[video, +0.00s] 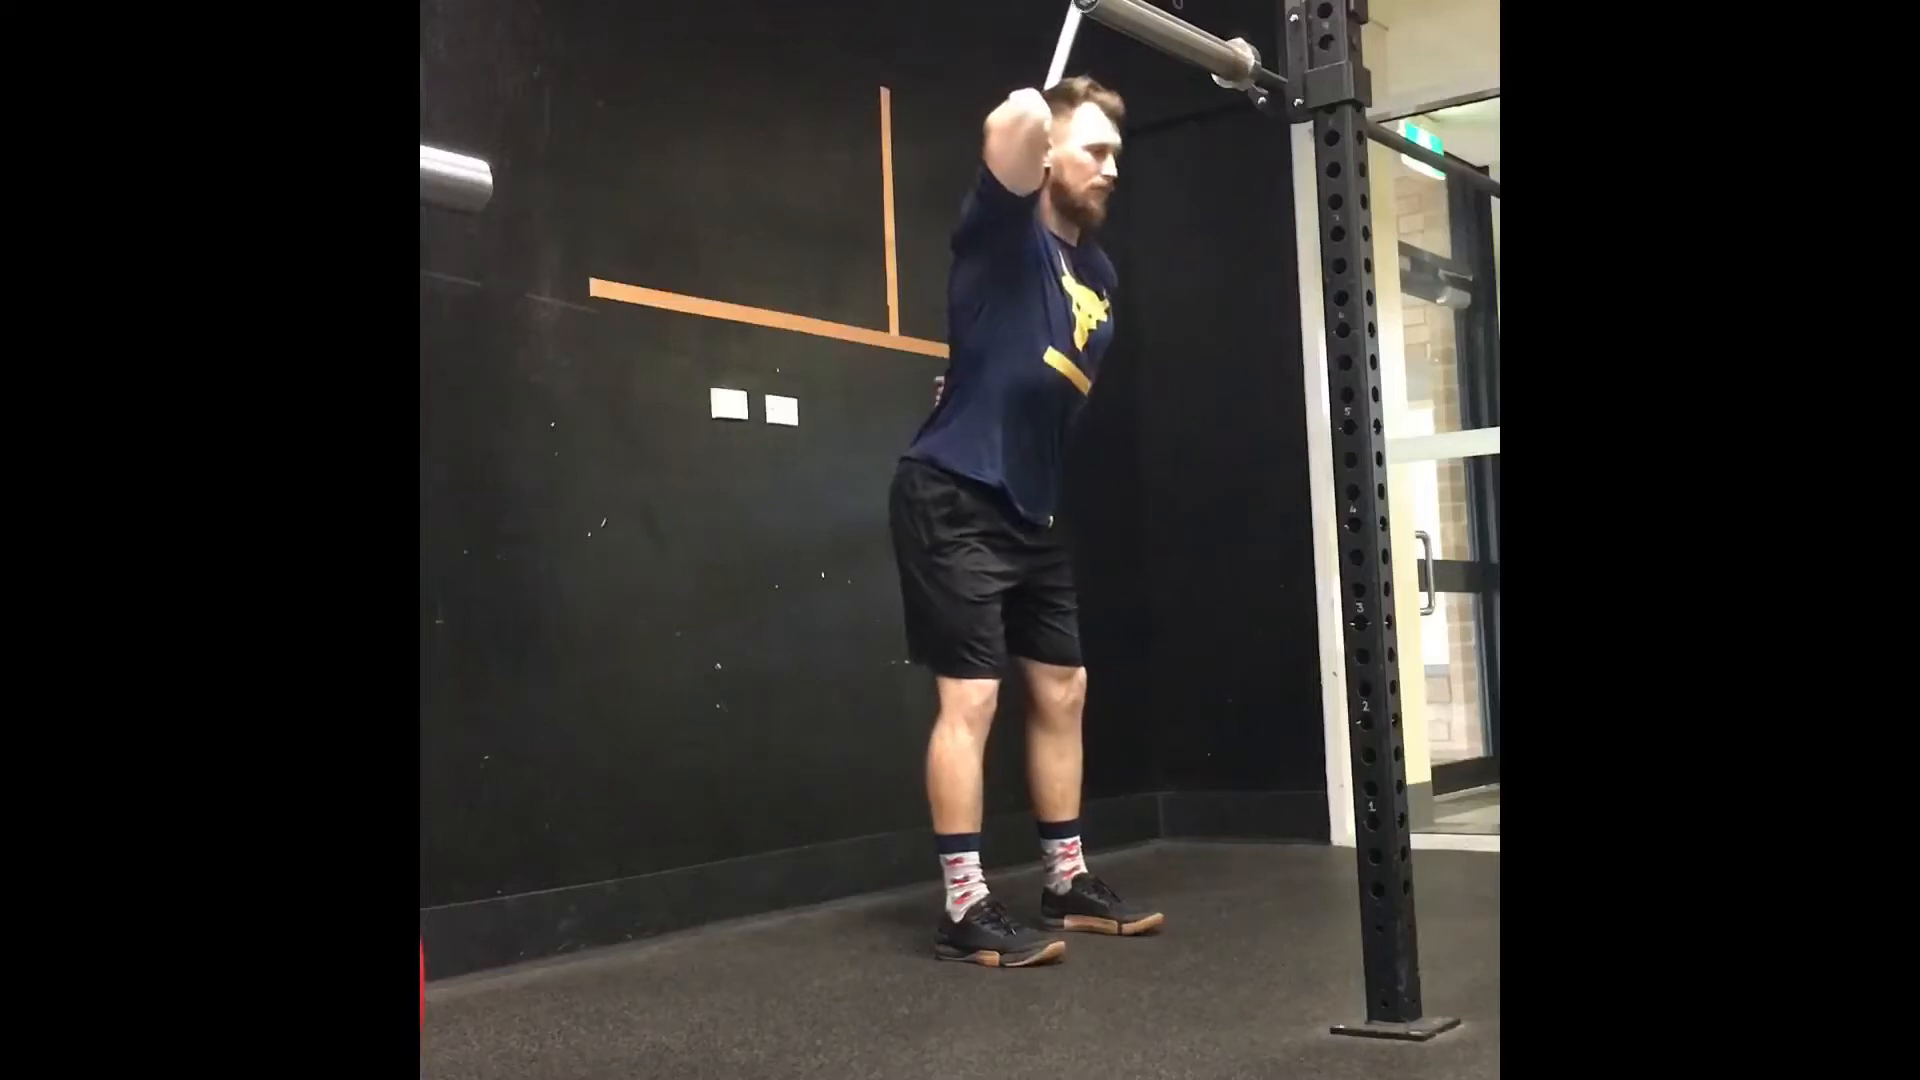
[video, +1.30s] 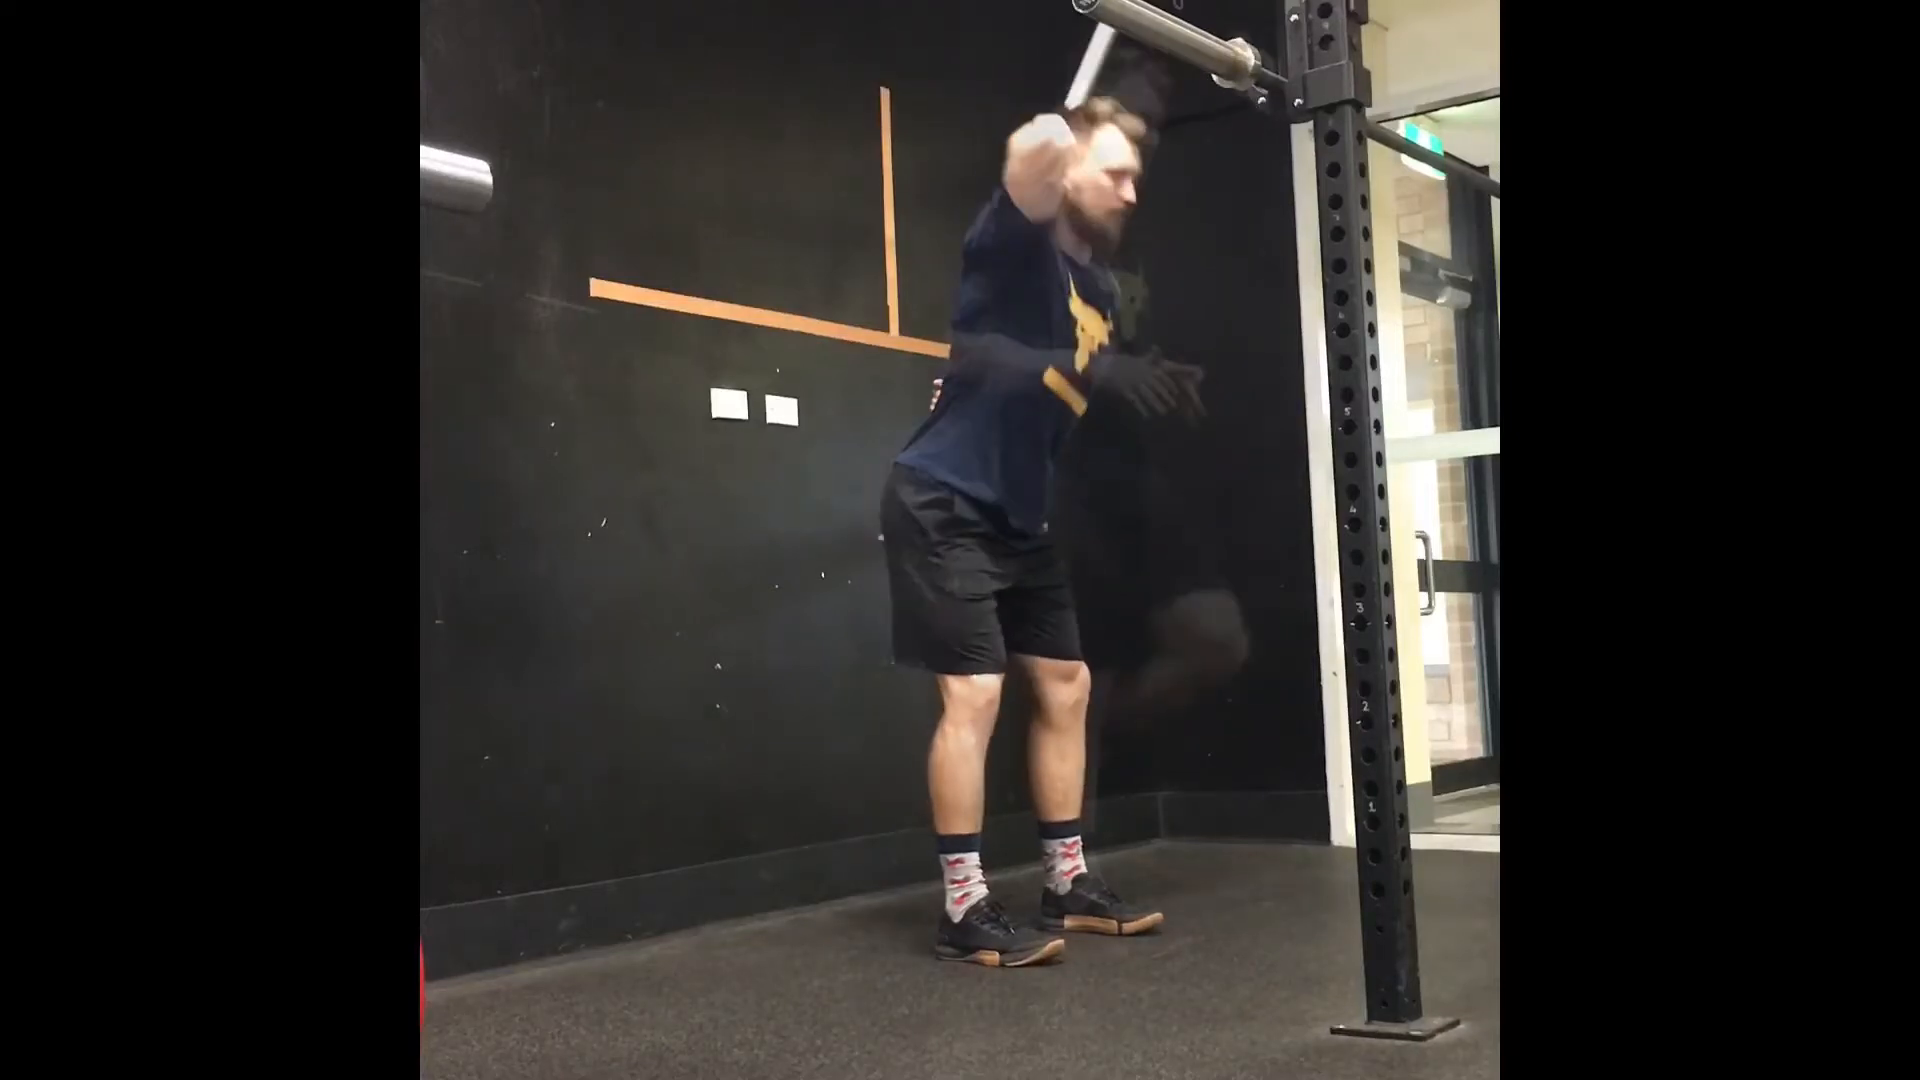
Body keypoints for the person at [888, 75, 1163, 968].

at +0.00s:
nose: (1110, 170)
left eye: (1115, 156)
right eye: (1094, 153)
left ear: (1114, 167)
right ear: (1045, 154)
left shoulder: (1099, 276)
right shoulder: (999, 233)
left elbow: (1060, 386)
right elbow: (1009, 125)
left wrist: (974, 405)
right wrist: (1047, 105)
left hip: (1032, 511)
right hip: (953, 496)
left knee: (1060, 688)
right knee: (970, 697)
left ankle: (1068, 881)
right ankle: (966, 908)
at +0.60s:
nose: (1171, 281)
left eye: (1181, 266)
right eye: (1160, 261)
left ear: (1184, 264)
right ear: (1115, 246)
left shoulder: (1124, 355)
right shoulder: (1045, 303)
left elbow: (1044, 416)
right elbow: (1080, 231)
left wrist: (966, 417)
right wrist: (1114, 212)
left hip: (996, 531)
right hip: (914, 515)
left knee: (1055, 684)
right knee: (958, 695)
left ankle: (1069, 885)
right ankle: (965, 911)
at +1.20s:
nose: (1151, 241)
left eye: (1159, 227)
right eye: (1140, 221)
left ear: (1158, 229)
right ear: (1093, 211)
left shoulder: (1115, 325)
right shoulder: (1027, 276)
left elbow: (1049, 394)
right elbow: (1054, 198)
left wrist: (972, 396)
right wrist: (1087, 177)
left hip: (1001, 526)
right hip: (922, 509)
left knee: (1057, 686)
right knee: (964, 693)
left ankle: (1068, 887)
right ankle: (965, 913)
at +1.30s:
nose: (1130, 192)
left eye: (1135, 177)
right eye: (1114, 174)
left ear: (1129, 186)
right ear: (1064, 172)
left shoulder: (1100, 291)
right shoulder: (1011, 248)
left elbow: (1070, 377)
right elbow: (1030, 160)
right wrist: (1073, 122)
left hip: (1021, 515)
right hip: (944, 500)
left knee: (1064, 684)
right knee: (973, 693)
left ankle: (1067, 884)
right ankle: (964, 909)